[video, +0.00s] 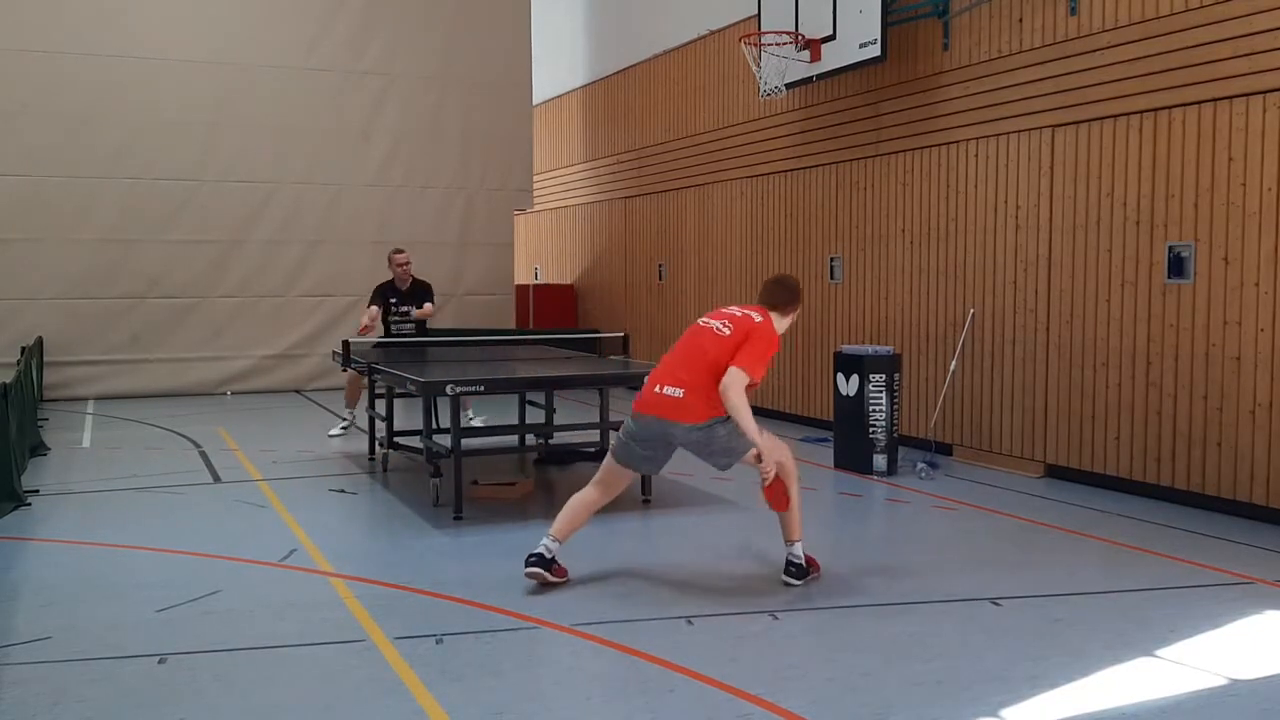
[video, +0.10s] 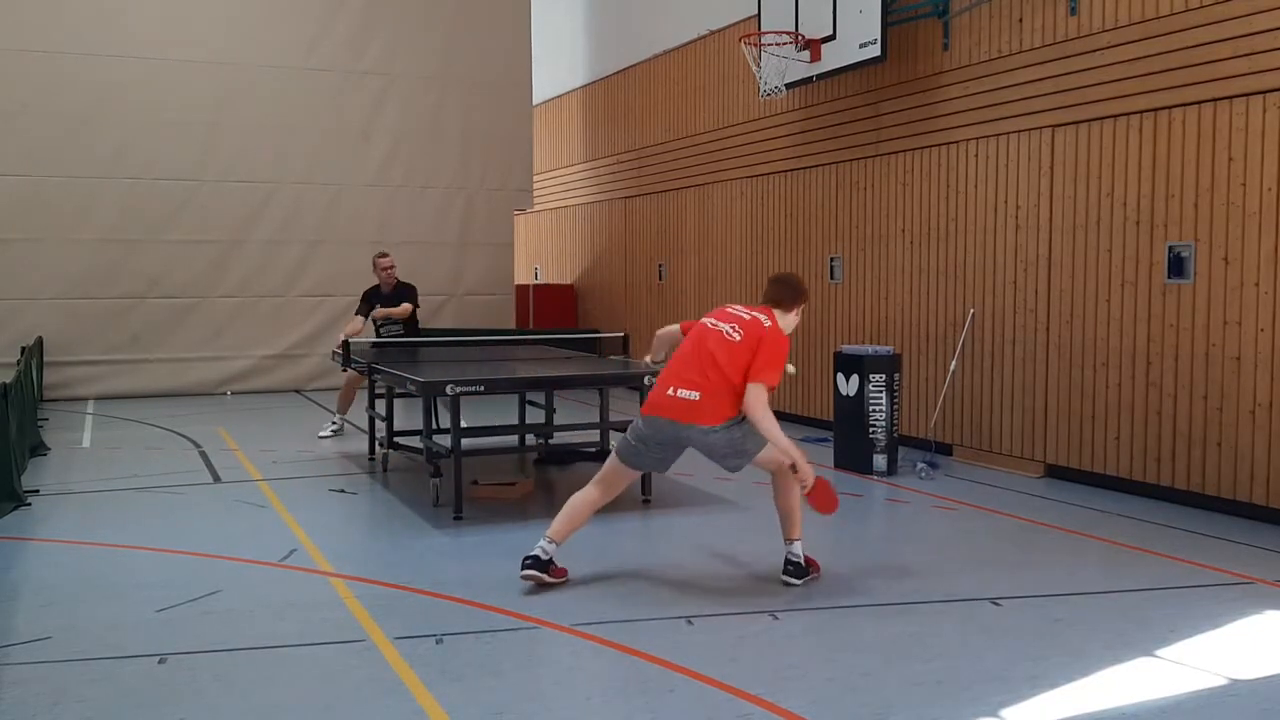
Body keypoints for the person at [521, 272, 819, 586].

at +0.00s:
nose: (792, 323)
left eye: (793, 316)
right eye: (794, 317)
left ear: (759, 299)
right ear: (791, 313)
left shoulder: (721, 313)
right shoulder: (766, 331)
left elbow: (690, 368)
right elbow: (732, 386)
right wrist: (759, 443)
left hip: (648, 410)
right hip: (698, 415)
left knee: (599, 489)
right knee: (783, 459)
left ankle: (543, 552)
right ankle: (796, 559)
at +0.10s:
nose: (798, 322)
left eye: (799, 314)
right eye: (799, 314)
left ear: (765, 300)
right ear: (793, 310)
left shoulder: (725, 313)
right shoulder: (775, 336)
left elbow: (667, 333)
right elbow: (755, 406)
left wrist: (654, 360)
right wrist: (797, 457)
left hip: (659, 410)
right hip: (713, 419)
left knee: (600, 488)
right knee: (786, 463)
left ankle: (540, 553)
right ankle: (795, 559)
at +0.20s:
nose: (798, 305)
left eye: (800, 298)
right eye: (800, 297)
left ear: (764, 282)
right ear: (792, 291)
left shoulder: (721, 293)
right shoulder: (788, 326)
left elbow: (654, 313)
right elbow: (792, 403)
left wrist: (658, 326)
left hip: (678, 403)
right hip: (735, 413)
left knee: (613, 484)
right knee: (788, 464)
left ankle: (545, 552)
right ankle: (796, 555)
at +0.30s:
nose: (794, 270)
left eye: (794, 265)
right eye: (795, 264)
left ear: (757, 255)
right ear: (792, 264)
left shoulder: (729, 272)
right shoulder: (796, 298)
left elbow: (662, 287)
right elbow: (803, 342)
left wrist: (671, 277)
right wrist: (782, 315)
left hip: (702, 387)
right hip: (758, 398)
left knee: (636, 471)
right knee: (789, 467)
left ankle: (568, 549)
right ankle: (797, 556)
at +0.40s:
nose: (740, 226)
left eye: (742, 221)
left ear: (746, 223)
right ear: (784, 227)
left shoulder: (734, 247)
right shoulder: (797, 268)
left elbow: (677, 270)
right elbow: (793, 304)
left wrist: (659, 262)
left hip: (727, 372)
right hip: (779, 380)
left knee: (662, 460)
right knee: (791, 459)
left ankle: (627, 555)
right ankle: (802, 549)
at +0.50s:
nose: (733, 213)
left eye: (734, 208)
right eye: (737, 208)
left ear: (739, 210)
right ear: (774, 212)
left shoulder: (732, 239)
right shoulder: (791, 252)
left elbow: (691, 276)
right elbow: (787, 303)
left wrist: (650, 274)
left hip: (748, 366)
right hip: (797, 370)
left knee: (681, 457)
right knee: (806, 451)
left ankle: (682, 565)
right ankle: (833, 537)